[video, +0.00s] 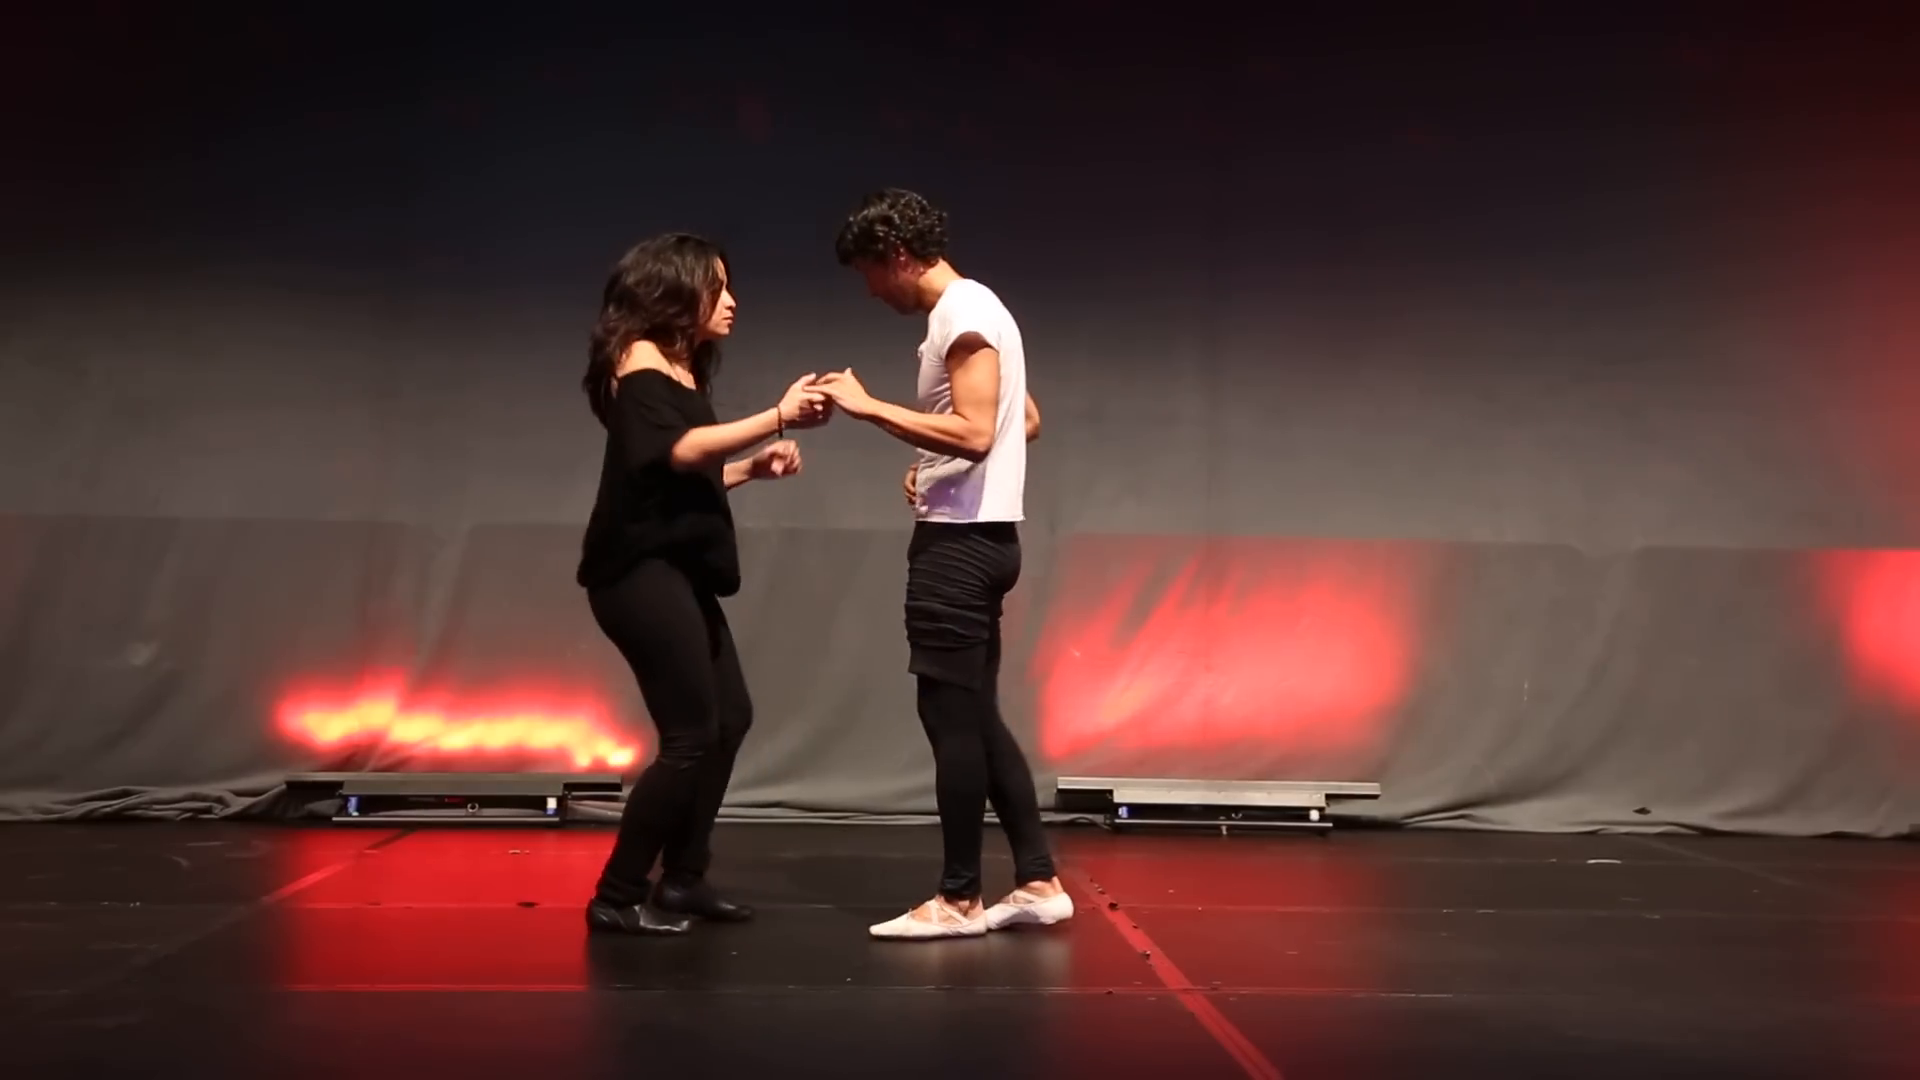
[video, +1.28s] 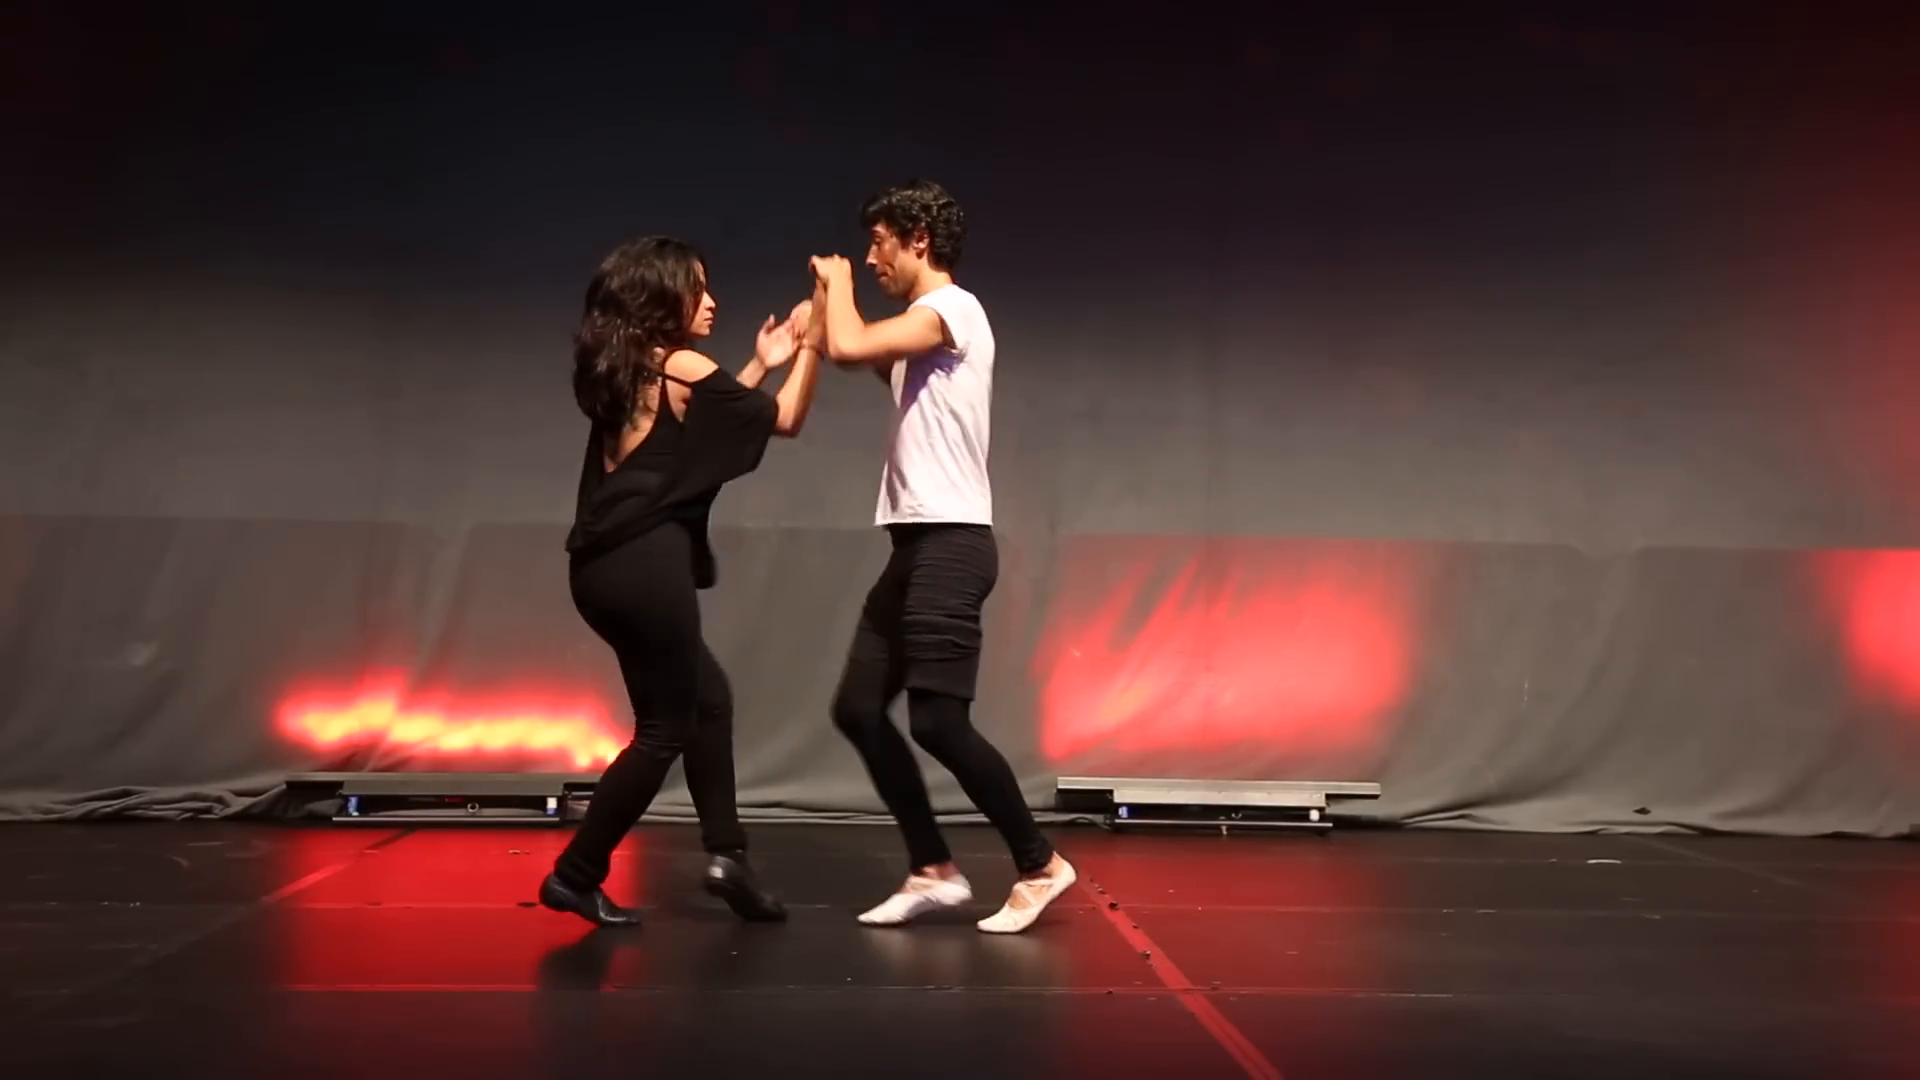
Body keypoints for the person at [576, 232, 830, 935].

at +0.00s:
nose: (730, 300)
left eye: (727, 288)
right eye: (718, 288)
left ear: (685, 298)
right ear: (680, 295)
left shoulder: (678, 368)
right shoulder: (642, 358)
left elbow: (681, 478)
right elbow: (679, 446)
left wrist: (750, 468)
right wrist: (776, 414)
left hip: (677, 573)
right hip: (638, 575)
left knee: (729, 717)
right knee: (692, 731)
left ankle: (681, 883)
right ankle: (617, 899)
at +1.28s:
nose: (710, 300)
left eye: (706, 288)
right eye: (699, 290)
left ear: (642, 302)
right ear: (666, 301)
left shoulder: (624, 366)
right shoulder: (684, 367)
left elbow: (705, 423)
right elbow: (786, 419)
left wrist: (761, 363)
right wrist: (812, 341)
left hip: (604, 570)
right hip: (648, 571)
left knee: (710, 699)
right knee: (664, 730)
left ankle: (726, 856)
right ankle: (576, 875)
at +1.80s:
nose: (727, 292)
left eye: (737, 282)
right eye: (713, 278)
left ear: (747, 296)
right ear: (680, 288)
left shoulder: (745, 361)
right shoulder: (640, 344)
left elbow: (765, 334)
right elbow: (655, 282)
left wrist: (752, 232)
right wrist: (717, 216)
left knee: (744, 723)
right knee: (643, 727)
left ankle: (714, 875)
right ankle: (636, 883)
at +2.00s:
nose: (658, 264)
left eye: (673, 259)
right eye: (662, 256)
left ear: (702, 278)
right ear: (689, 277)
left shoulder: (693, 340)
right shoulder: (679, 332)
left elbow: (610, 283)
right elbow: (630, 270)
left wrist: (671, 230)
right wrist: (680, 205)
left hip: (683, 556)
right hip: (653, 553)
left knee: (639, 720)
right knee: (630, 722)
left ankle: (754, 838)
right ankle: (680, 881)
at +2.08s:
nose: (643, 279)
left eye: (655, 271)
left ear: (670, 276)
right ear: (738, 280)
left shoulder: (652, 342)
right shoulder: (733, 347)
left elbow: (608, 286)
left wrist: (686, 250)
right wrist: (712, 223)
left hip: (655, 542)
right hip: (713, 544)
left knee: (595, 714)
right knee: (659, 719)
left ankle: (714, 821)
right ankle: (675, 890)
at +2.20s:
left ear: (644, 288)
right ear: (729, 292)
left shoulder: (616, 359)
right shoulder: (742, 369)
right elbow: (788, 434)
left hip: (628, 547)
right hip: (710, 552)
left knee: (623, 706)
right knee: (674, 730)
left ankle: (607, 814)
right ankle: (635, 899)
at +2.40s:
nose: (719, 291)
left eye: (714, 278)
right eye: (705, 279)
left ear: (661, 298)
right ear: (666, 295)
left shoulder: (647, 365)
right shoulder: (690, 368)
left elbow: (726, 338)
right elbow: (783, 385)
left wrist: (760, 327)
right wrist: (795, 293)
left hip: (645, 565)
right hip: (659, 572)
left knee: (745, 699)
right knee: (640, 737)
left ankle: (674, 843)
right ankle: (579, 891)